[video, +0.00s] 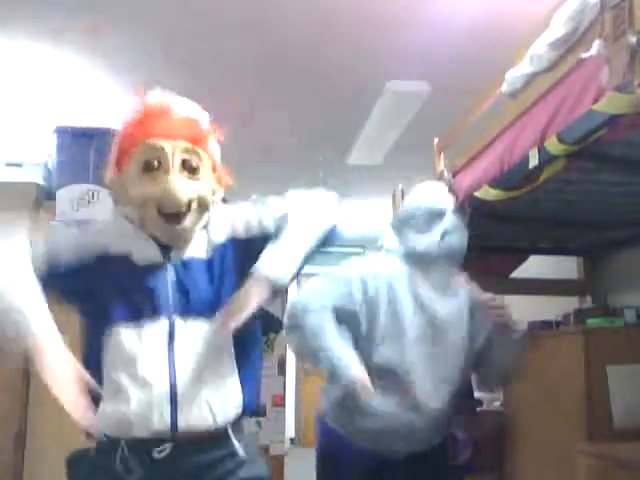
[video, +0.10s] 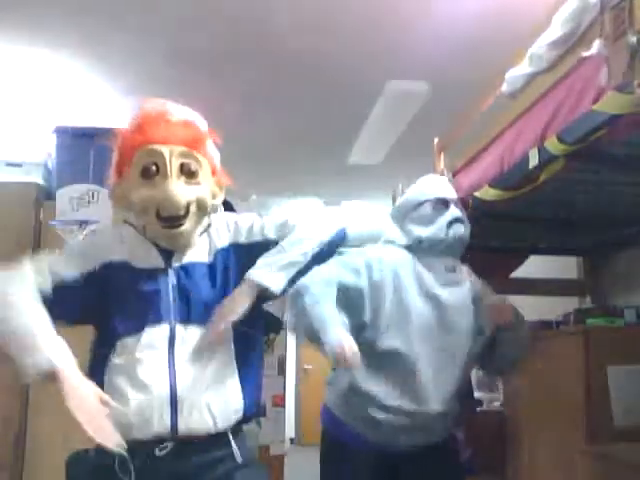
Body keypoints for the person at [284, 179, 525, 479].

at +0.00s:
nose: (437, 226)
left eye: (446, 215)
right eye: (426, 214)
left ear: (461, 224)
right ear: (405, 221)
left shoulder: (467, 295)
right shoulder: (374, 273)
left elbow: (491, 376)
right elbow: (307, 305)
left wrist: (504, 331)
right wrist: (353, 377)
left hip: (427, 449)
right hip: (356, 447)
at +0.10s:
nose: (447, 215)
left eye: (452, 206)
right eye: (433, 205)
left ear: (462, 217)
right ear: (409, 214)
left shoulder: (472, 289)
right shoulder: (375, 263)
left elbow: (497, 362)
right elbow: (311, 287)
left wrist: (512, 327)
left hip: (432, 443)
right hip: (359, 440)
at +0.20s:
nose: (455, 208)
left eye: (459, 198)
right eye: (443, 198)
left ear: (465, 209)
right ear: (415, 205)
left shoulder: (473, 281)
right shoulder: (389, 250)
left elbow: (495, 348)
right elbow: (310, 252)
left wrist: (511, 326)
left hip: (436, 439)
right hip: (366, 432)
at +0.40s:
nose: (466, 207)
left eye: (467, 199)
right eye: (456, 197)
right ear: (434, 202)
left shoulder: (472, 275)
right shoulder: (405, 239)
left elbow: (487, 348)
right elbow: (344, 251)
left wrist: (506, 311)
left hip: (435, 434)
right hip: (370, 428)